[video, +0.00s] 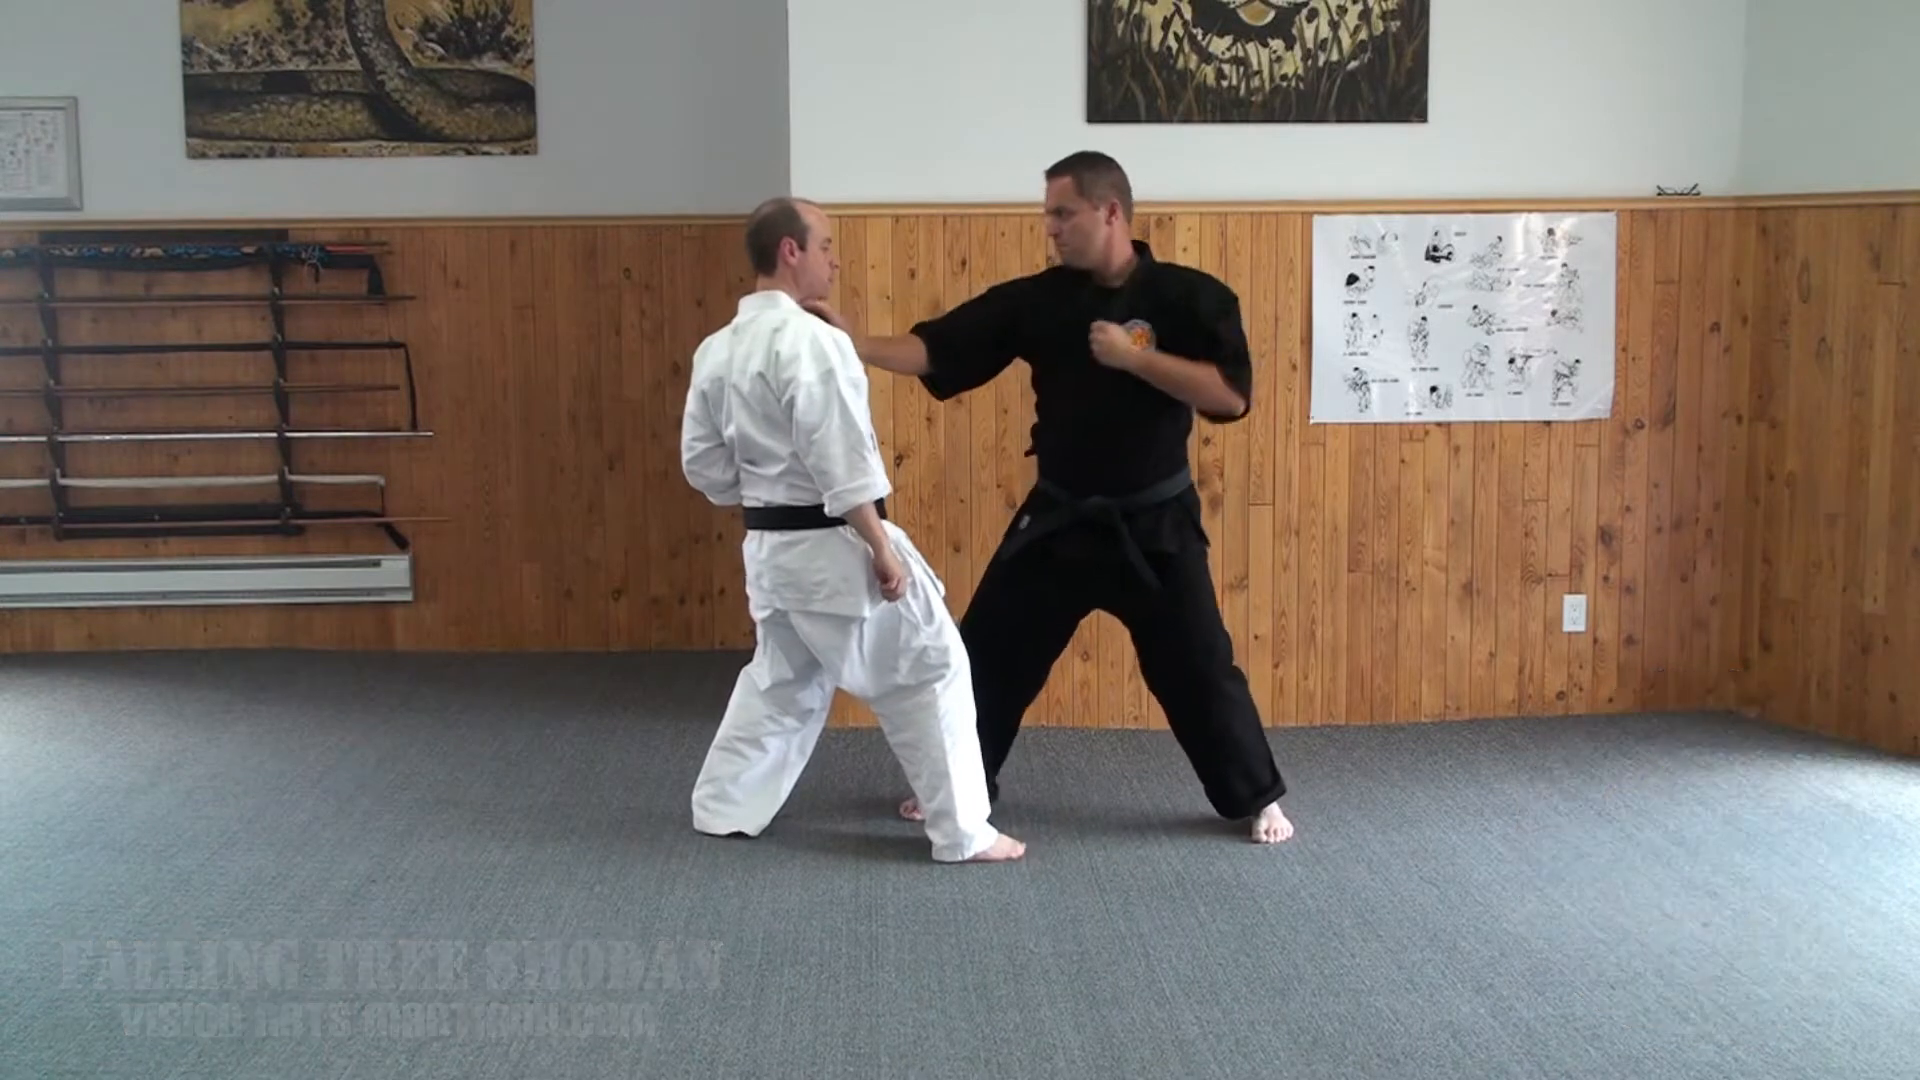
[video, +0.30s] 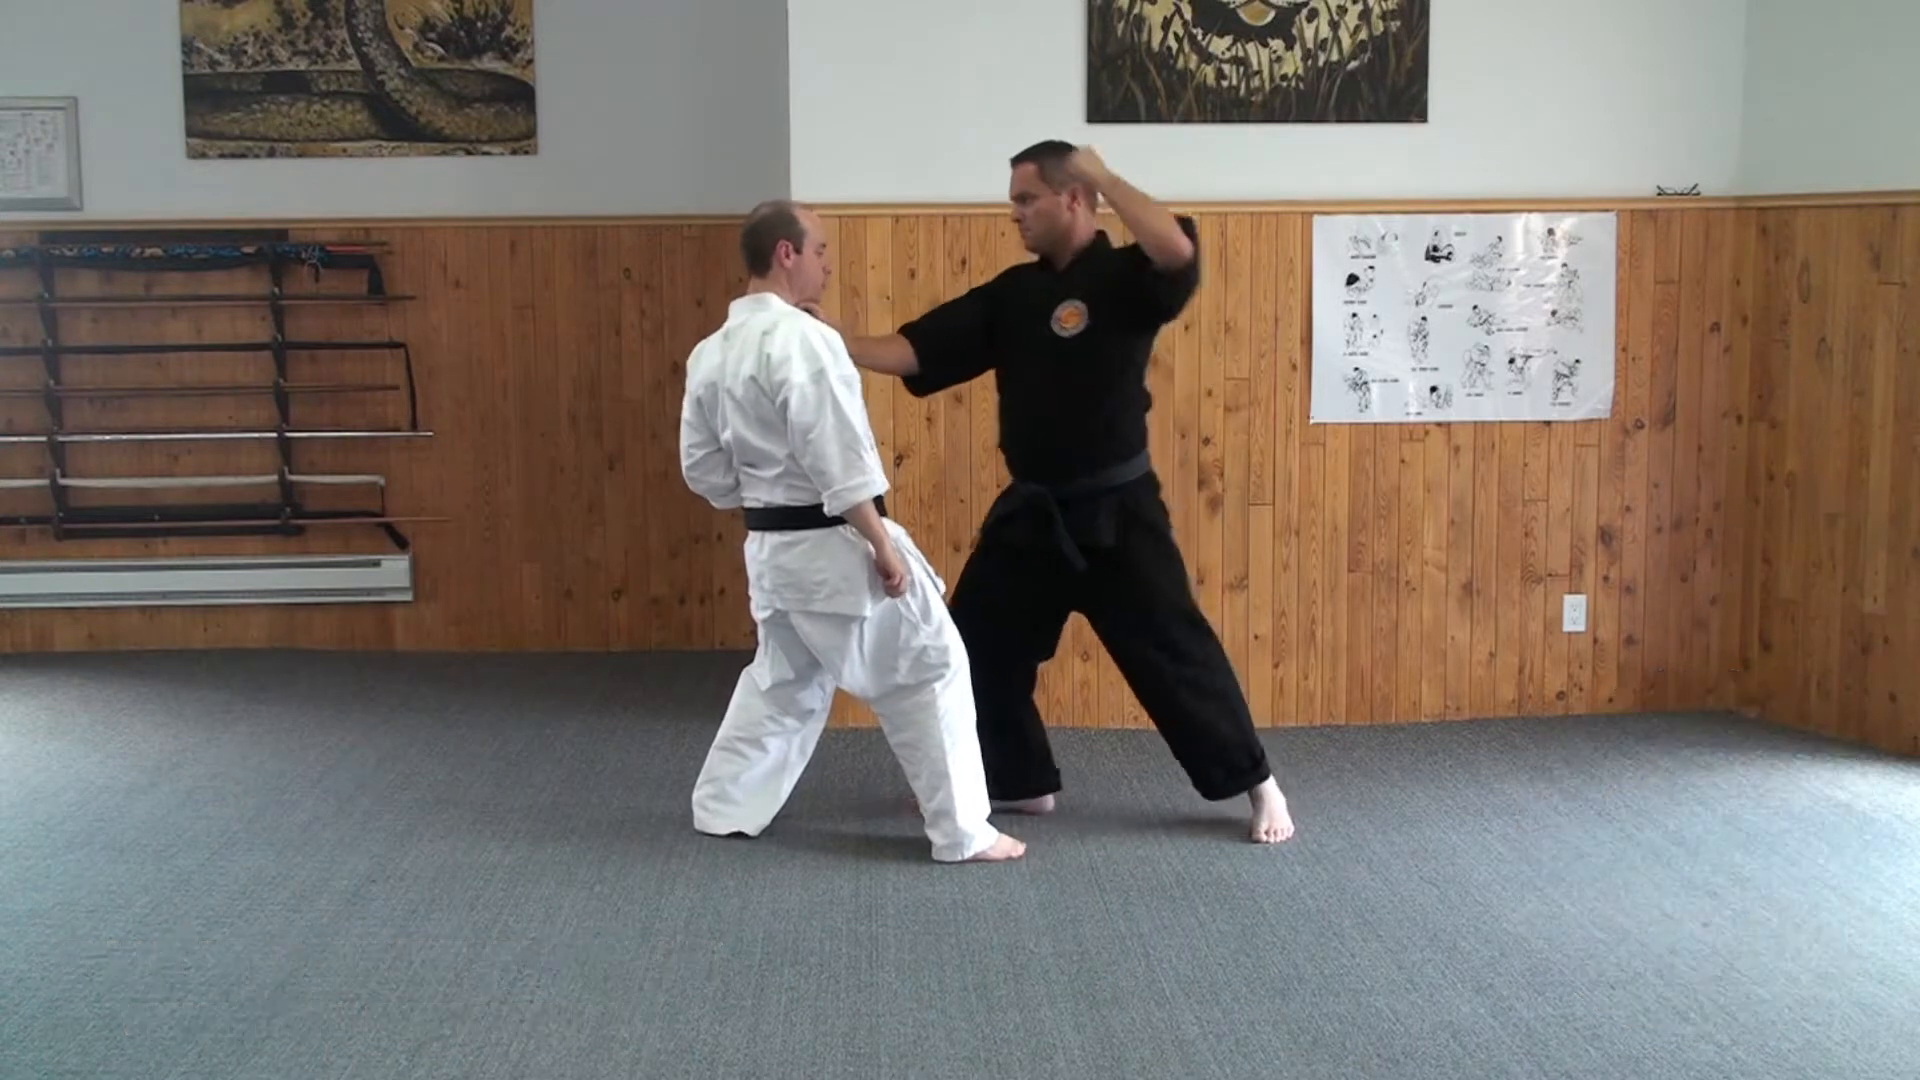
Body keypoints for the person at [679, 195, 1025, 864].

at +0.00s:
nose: (835, 262)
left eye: (833, 248)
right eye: (826, 248)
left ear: (775, 256)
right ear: (790, 253)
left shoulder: (714, 351)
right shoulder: (813, 343)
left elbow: (703, 463)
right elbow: (841, 458)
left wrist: (761, 505)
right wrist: (882, 547)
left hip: (768, 549)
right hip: (837, 546)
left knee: (782, 677)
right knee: (932, 664)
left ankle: (721, 807)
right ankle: (963, 831)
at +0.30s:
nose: (828, 266)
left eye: (826, 252)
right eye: (819, 252)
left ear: (769, 258)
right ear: (786, 255)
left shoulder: (708, 354)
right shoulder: (805, 340)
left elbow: (703, 468)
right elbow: (836, 456)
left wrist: (762, 507)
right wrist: (881, 543)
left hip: (769, 550)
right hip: (837, 544)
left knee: (783, 677)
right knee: (931, 665)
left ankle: (721, 807)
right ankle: (962, 830)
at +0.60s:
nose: (782, 263)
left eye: (780, 248)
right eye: (777, 248)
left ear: (722, 253)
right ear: (745, 250)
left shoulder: (663, 353)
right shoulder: (772, 331)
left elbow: (664, 471)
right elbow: (823, 445)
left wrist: (728, 500)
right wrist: (878, 524)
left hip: (730, 546)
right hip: (812, 541)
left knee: (760, 676)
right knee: (872, 683)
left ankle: (730, 813)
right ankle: (946, 823)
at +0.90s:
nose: (722, 251)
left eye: (721, 236)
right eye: (717, 235)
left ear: (658, 239)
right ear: (685, 236)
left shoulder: (602, 326)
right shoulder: (704, 323)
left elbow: (574, 438)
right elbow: (737, 442)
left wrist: (600, 501)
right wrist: (788, 524)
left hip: (639, 536)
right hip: (714, 536)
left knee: (688, 671)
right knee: (770, 666)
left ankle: (720, 805)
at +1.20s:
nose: (694, 243)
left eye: (694, 227)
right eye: (689, 227)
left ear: (626, 231)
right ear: (655, 229)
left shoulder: (565, 303)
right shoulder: (658, 317)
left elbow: (513, 403)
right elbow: (652, 446)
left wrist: (485, 487)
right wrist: (683, 543)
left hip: (563, 525)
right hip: (626, 531)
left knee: (632, 670)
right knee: (643, 685)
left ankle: (662, 804)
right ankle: (600, 839)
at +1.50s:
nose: (651, 245)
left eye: (648, 230)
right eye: (643, 231)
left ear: (593, 237)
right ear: (608, 234)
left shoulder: (532, 316)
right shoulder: (613, 327)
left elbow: (501, 441)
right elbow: (601, 447)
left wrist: (557, 493)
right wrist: (619, 551)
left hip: (535, 530)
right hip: (602, 540)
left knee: (548, 678)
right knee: (647, 684)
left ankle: (510, 795)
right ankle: (608, 838)